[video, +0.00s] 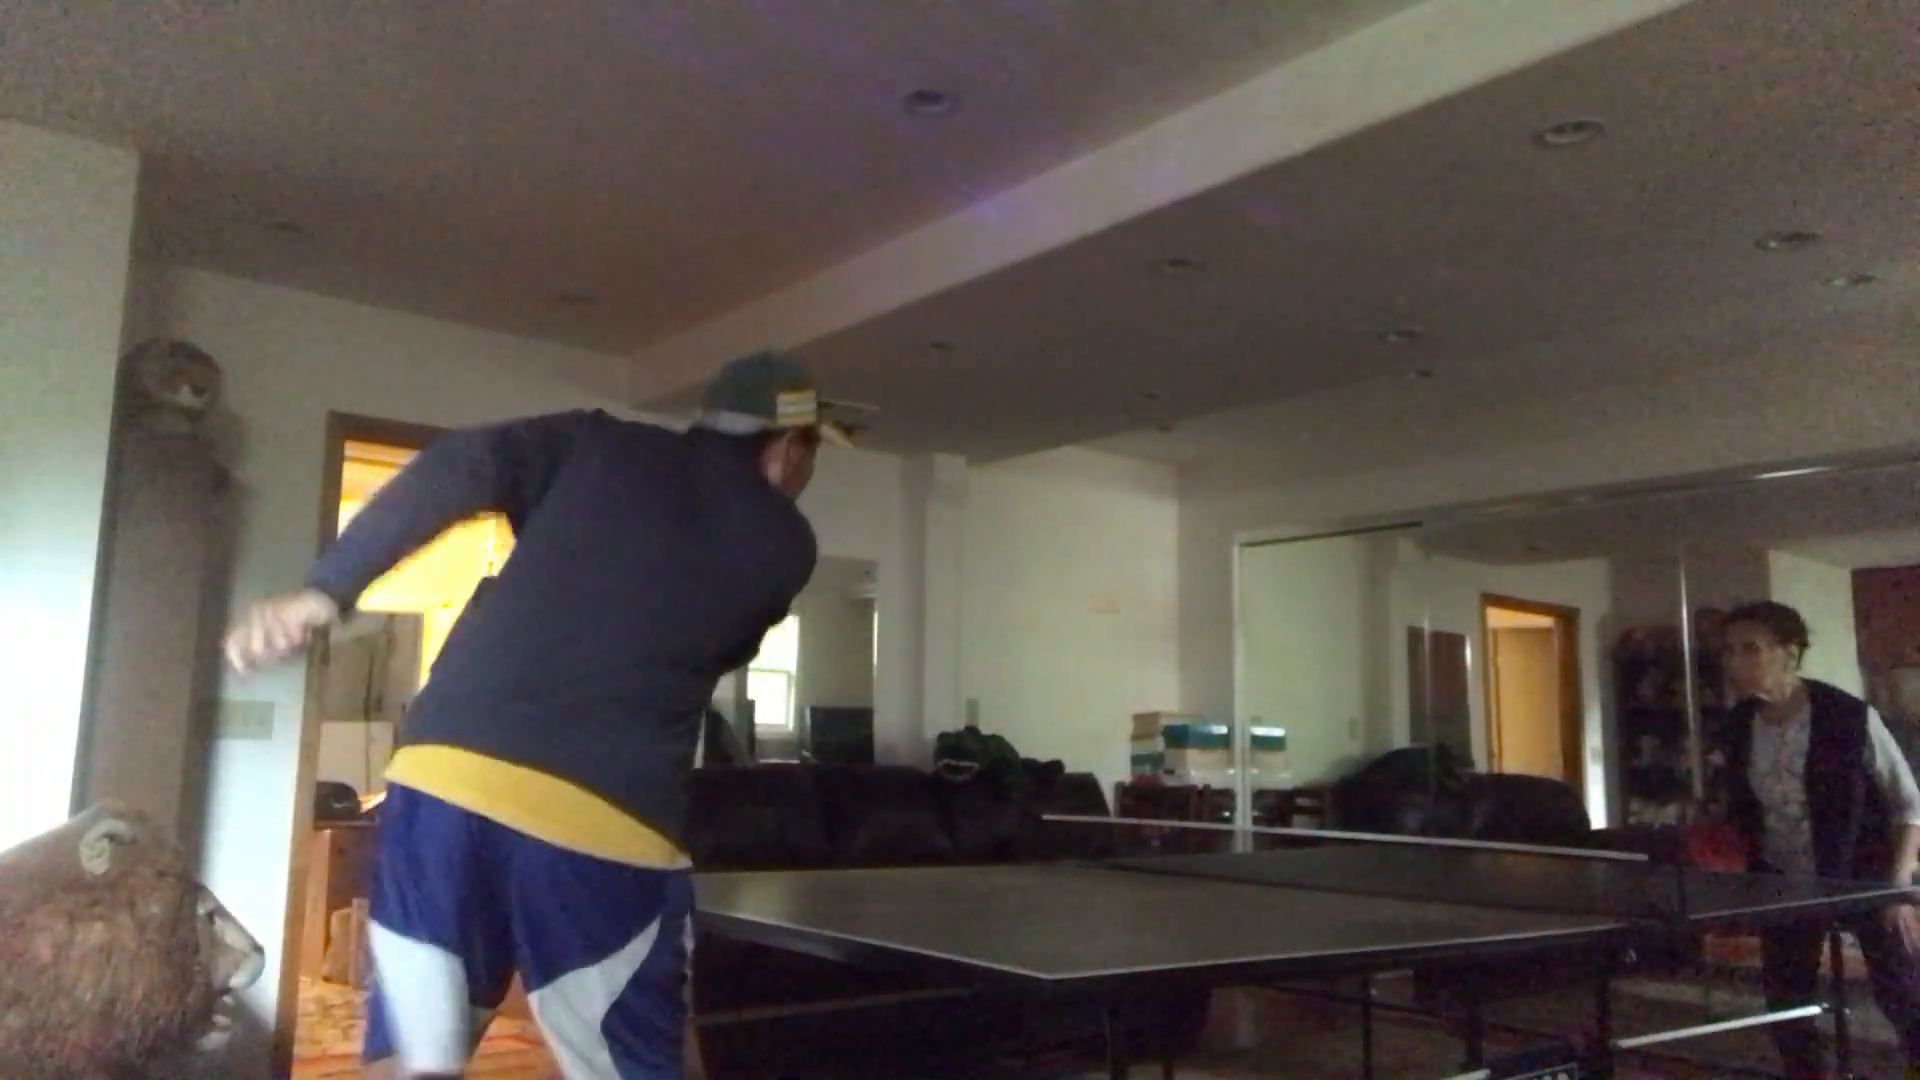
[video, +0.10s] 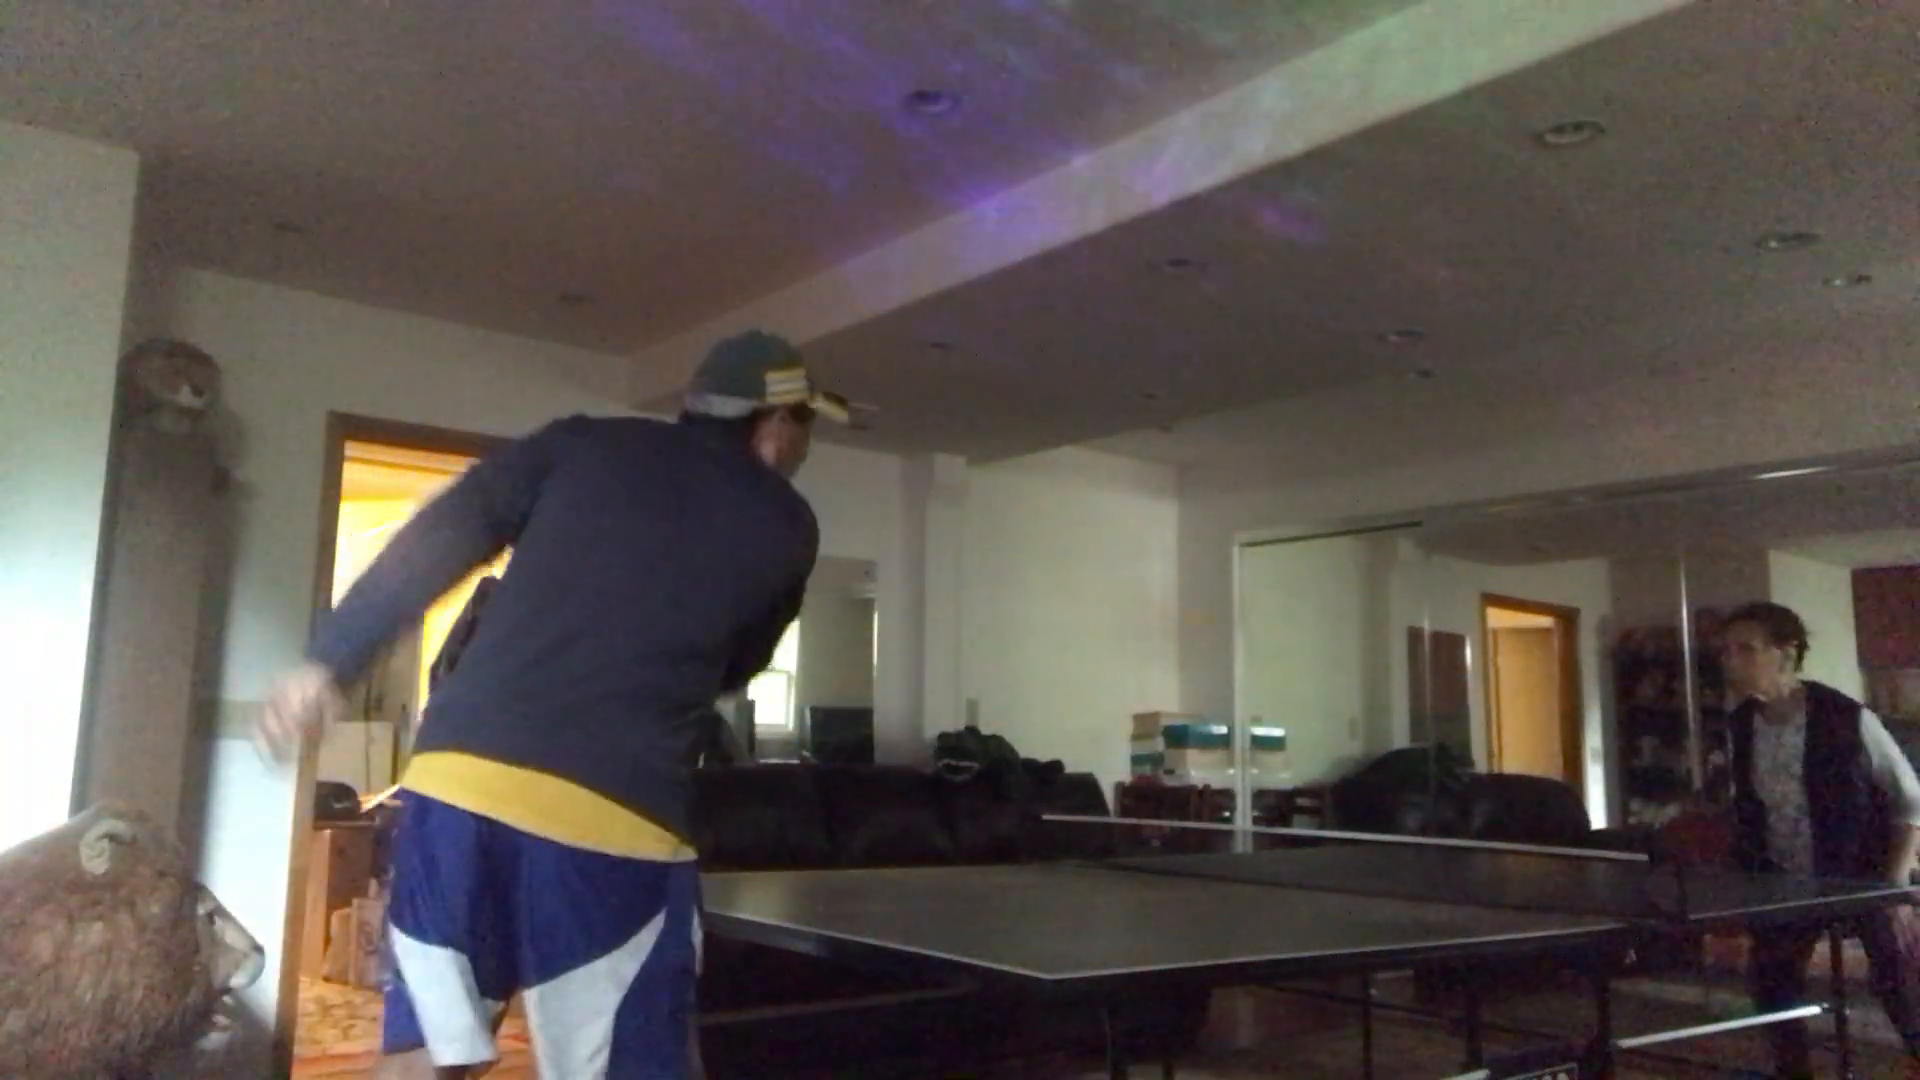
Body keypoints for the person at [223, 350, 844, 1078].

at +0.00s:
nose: (809, 472)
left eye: (812, 455)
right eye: (810, 452)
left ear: (707, 422)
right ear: (783, 448)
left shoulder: (595, 436)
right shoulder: (785, 540)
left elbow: (461, 459)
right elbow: (724, 650)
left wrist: (327, 586)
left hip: (440, 787)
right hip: (604, 830)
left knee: (412, 1062)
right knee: (632, 1064)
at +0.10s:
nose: (802, 452)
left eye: (806, 434)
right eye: (802, 433)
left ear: (695, 404)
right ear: (770, 428)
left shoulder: (579, 439)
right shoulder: (786, 522)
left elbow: (447, 530)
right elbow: (736, 663)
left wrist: (328, 660)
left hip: (454, 793)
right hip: (613, 832)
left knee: (423, 1052)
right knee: (625, 1065)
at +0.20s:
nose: (781, 437)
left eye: (783, 419)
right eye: (779, 418)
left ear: (671, 404)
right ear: (746, 418)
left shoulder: (545, 459)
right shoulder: (763, 514)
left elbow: (425, 600)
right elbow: (757, 690)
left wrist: (356, 747)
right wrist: (684, 713)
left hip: (458, 799)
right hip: (615, 827)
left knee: (420, 1055)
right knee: (620, 1062)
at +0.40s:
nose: (711, 438)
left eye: (710, 419)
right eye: (704, 418)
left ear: (601, 420)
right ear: (665, 425)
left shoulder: (487, 500)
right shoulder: (668, 515)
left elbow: (396, 654)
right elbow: (687, 684)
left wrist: (421, 774)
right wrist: (730, 732)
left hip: (409, 839)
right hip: (553, 852)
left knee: (407, 1064)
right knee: (587, 1064)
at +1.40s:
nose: (692, 476)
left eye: (696, 455)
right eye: (693, 453)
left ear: (587, 428)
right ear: (660, 444)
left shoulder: (457, 478)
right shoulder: (644, 538)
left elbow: (326, 618)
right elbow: (629, 735)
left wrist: (327, 773)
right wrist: (726, 778)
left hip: (323, 823)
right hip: (472, 849)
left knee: (297, 1063)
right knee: (507, 1063)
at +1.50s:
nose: (687, 437)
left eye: (690, 416)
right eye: (682, 413)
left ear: (577, 400)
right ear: (642, 410)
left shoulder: (450, 458)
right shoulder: (641, 502)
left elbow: (312, 562)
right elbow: (653, 693)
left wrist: (256, 730)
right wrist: (773, 696)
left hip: (340, 804)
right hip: (488, 830)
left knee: (292, 1051)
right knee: (492, 1059)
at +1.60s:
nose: (671, 403)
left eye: (672, 384)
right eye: (666, 383)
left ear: (562, 377)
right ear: (627, 383)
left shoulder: (440, 450)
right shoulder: (637, 490)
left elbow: (290, 548)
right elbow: (718, 656)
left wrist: (220, 709)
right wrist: (825, 595)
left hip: (355, 811)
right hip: (501, 836)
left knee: (308, 1043)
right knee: (510, 1057)